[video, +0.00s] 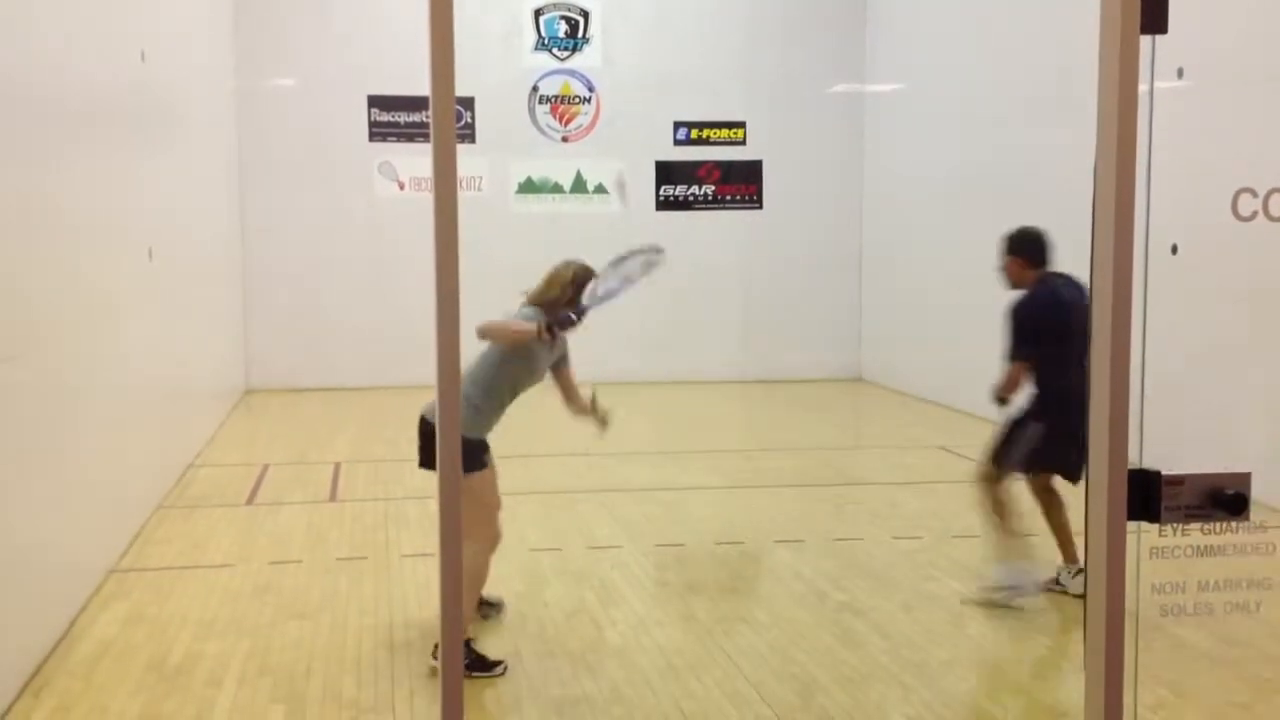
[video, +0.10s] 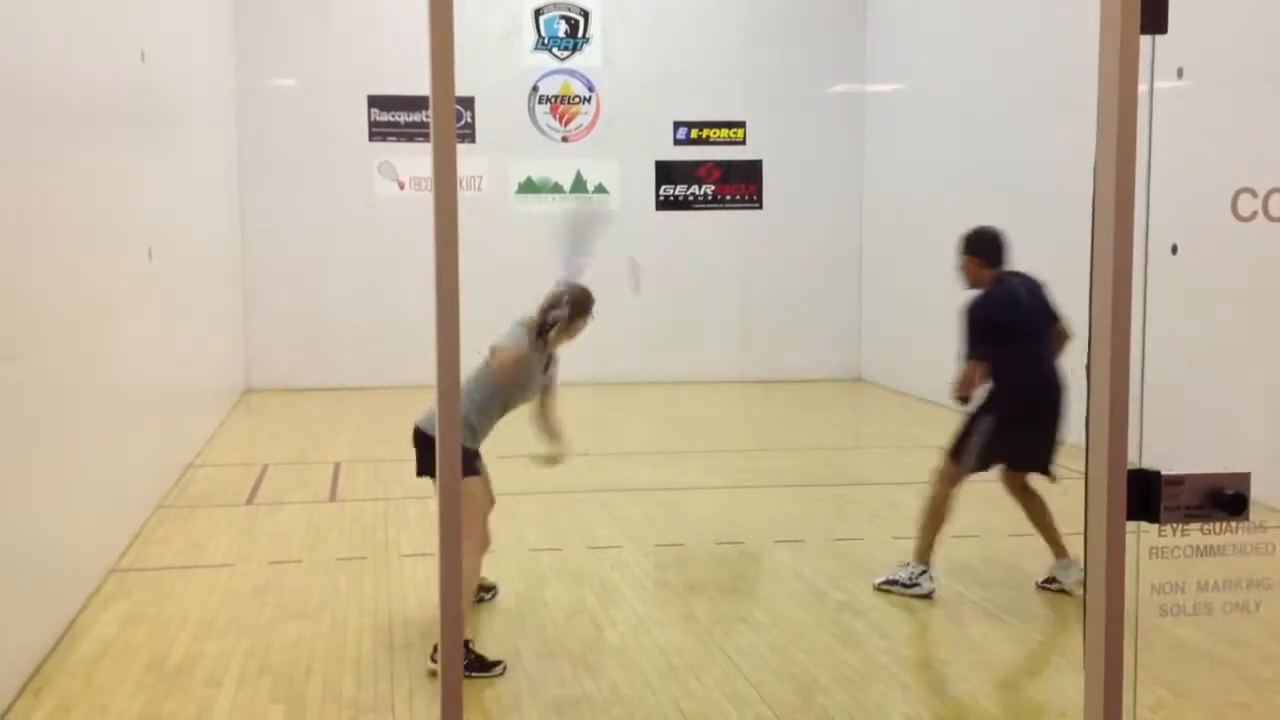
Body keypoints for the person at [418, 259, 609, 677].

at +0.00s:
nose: (584, 304)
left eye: (587, 297)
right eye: (583, 295)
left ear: (556, 287)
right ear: (571, 295)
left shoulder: (556, 341)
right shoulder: (531, 320)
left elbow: (572, 398)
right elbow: (485, 330)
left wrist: (590, 408)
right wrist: (539, 330)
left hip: (470, 434)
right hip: (454, 435)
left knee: (486, 517)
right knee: (481, 539)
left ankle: (467, 597)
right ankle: (453, 643)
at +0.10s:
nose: (585, 328)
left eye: (586, 320)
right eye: (585, 320)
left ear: (560, 312)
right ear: (572, 321)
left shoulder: (547, 357)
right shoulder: (522, 339)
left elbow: (545, 407)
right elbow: (503, 355)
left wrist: (556, 442)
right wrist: (513, 353)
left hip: (463, 439)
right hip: (444, 439)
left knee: (482, 503)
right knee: (473, 539)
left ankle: (465, 581)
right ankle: (453, 645)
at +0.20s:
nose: (575, 342)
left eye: (578, 334)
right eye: (577, 334)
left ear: (541, 320)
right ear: (565, 332)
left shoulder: (509, 347)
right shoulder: (531, 373)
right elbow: (544, 440)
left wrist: (546, 410)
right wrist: (546, 413)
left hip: (425, 428)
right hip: (448, 444)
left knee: (469, 492)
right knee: (452, 544)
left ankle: (458, 582)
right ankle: (447, 639)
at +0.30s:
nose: (565, 346)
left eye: (567, 338)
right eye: (567, 338)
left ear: (537, 322)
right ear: (560, 336)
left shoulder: (491, 334)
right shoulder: (541, 383)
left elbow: (446, 364)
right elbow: (548, 448)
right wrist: (559, 483)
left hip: (414, 424)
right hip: (455, 441)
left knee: (443, 510)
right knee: (443, 538)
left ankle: (454, 575)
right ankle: (402, 607)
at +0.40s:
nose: (555, 328)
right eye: (555, 322)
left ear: (522, 314)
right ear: (553, 326)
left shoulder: (483, 334)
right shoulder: (542, 377)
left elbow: (430, 365)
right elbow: (513, 418)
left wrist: (382, 392)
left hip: (429, 423)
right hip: (473, 442)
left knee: (448, 504)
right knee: (429, 531)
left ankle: (457, 578)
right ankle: (372, 589)